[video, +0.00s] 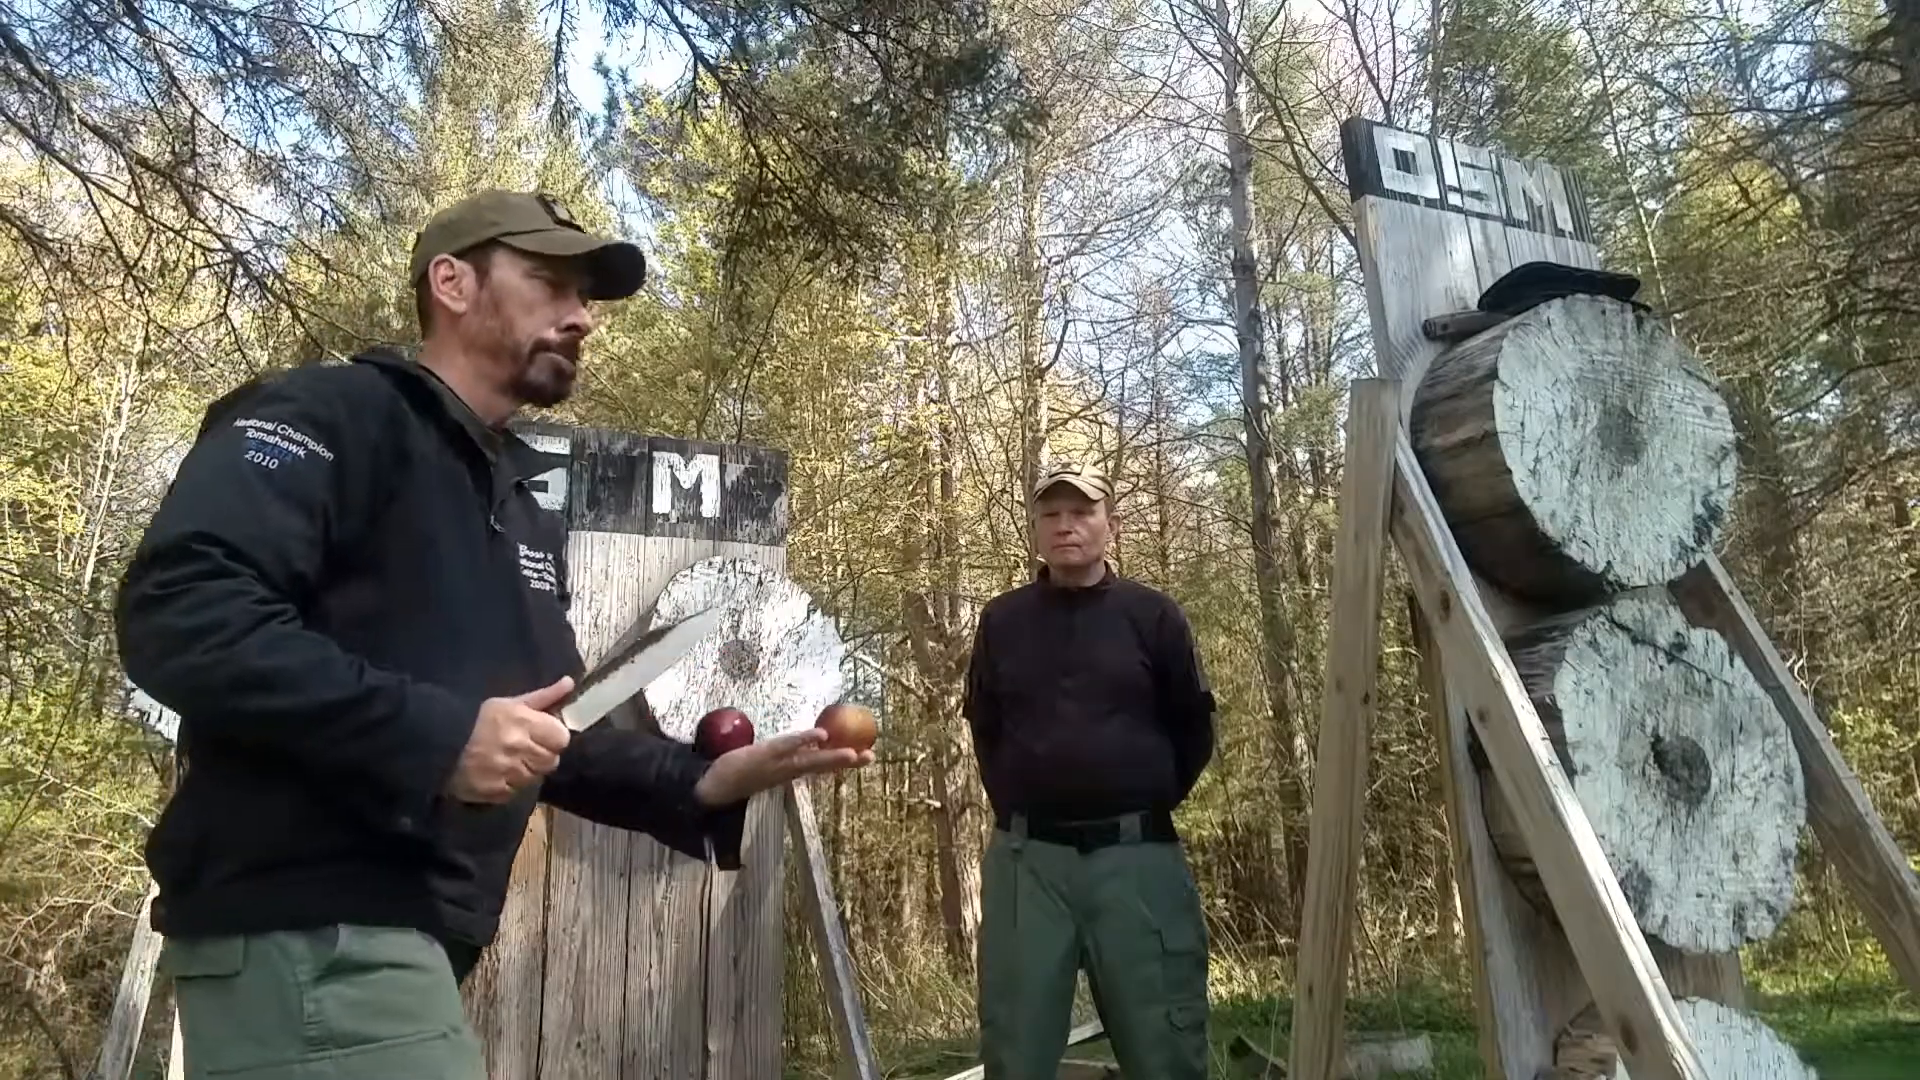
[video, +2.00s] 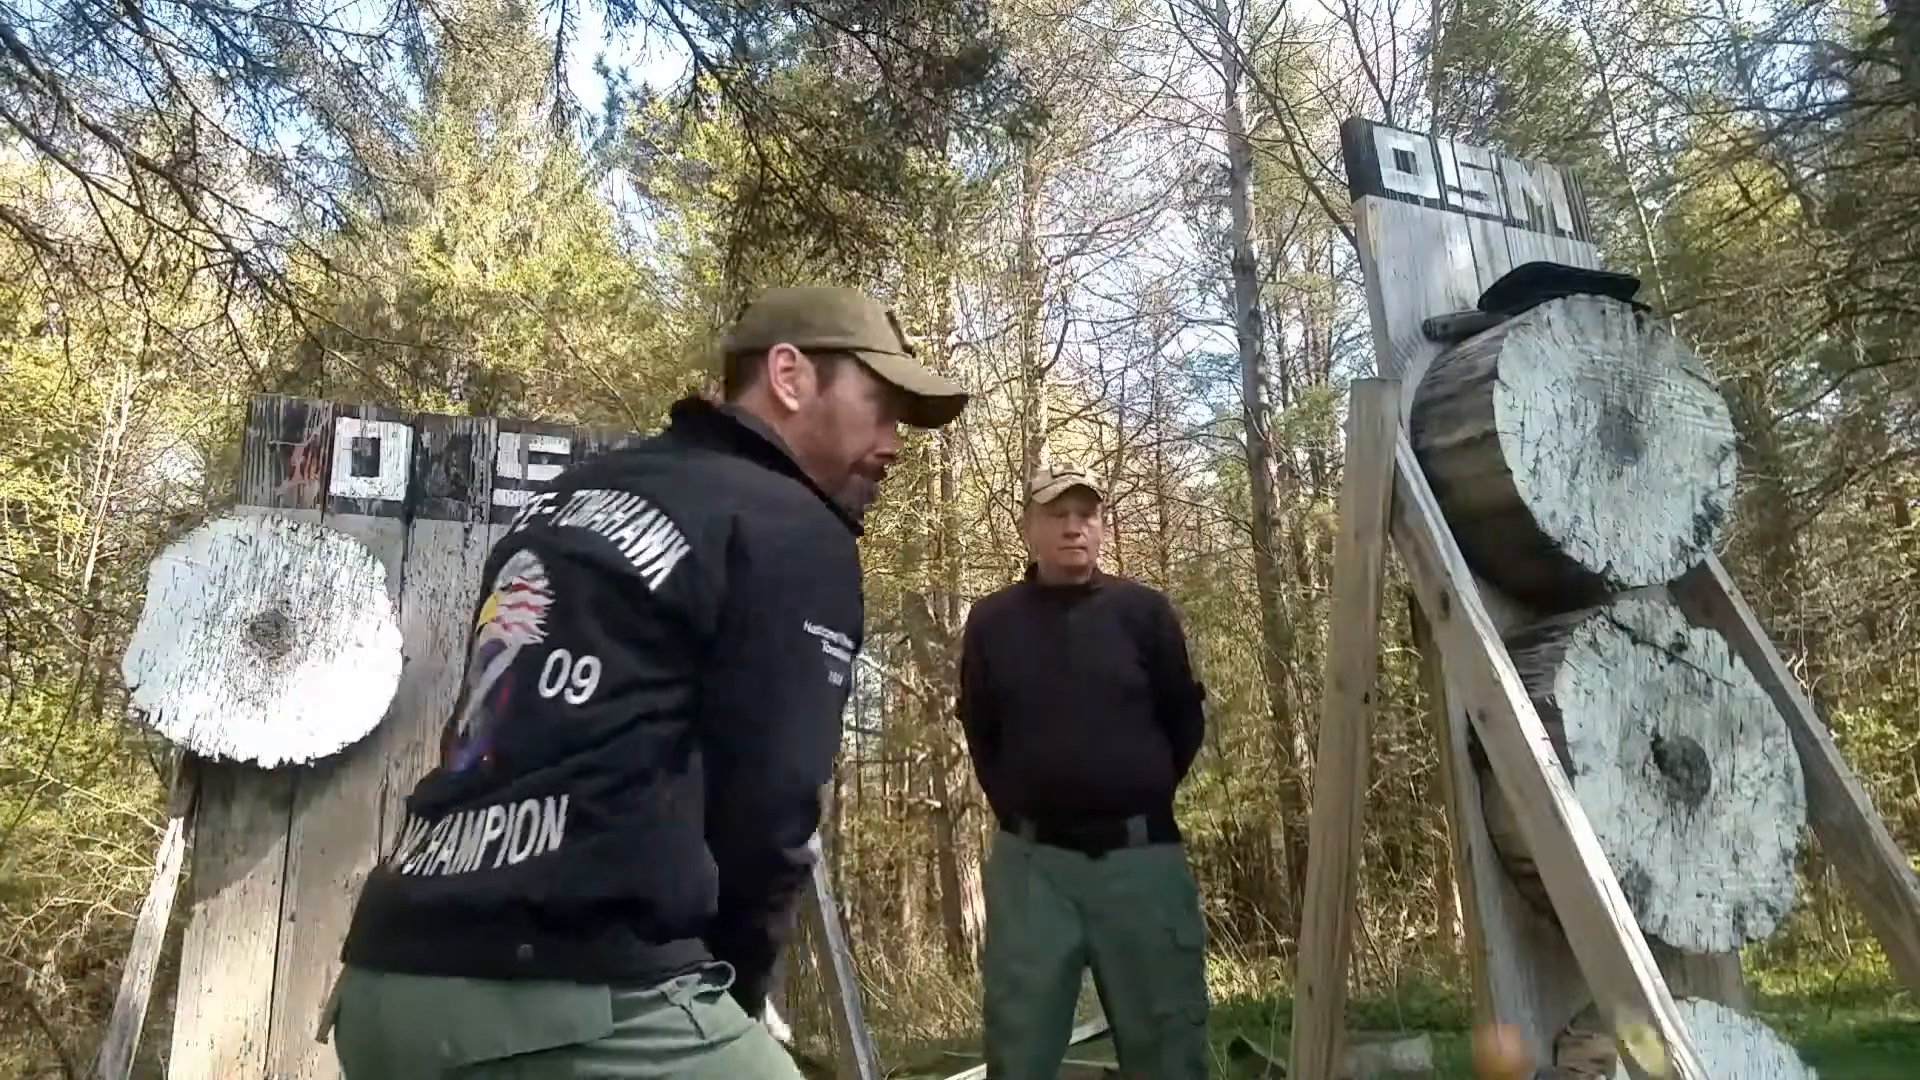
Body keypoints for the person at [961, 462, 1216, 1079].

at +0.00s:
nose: (1066, 525)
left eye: (1081, 512)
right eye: (1051, 515)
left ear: (1110, 526)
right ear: (1034, 533)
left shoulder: (1153, 614)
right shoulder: (1000, 619)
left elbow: (1195, 729)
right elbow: (984, 729)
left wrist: (1142, 811)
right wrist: (1026, 816)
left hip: (1138, 859)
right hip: (1025, 861)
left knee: (1164, 1057)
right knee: (1016, 1058)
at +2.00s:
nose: (1074, 527)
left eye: (1086, 515)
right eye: (1057, 515)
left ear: (1103, 530)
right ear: (1028, 532)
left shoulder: (1146, 610)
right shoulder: (991, 618)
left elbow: (1185, 721)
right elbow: (980, 733)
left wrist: (1134, 802)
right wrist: (1028, 814)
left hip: (1142, 866)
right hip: (1028, 867)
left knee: (1168, 1055)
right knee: (1019, 1058)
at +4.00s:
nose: (1068, 526)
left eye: (1082, 513)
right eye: (1054, 516)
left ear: (1111, 530)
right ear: (1035, 535)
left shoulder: (1154, 616)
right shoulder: (1000, 619)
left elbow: (1193, 732)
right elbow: (982, 724)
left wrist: (1140, 811)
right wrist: (1022, 814)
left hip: (1139, 862)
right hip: (1026, 862)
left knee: (1163, 1057)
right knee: (1017, 1059)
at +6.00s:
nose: (1068, 525)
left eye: (1082, 513)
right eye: (1053, 515)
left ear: (1110, 530)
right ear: (1033, 534)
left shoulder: (1153, 614)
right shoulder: (1000, 619)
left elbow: (1194, 732)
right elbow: (983, 727)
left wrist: (1141, 814)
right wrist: (1025, 817)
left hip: (1139, 861)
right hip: (1026, 862)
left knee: (1163, 1058)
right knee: (1017, 1059)